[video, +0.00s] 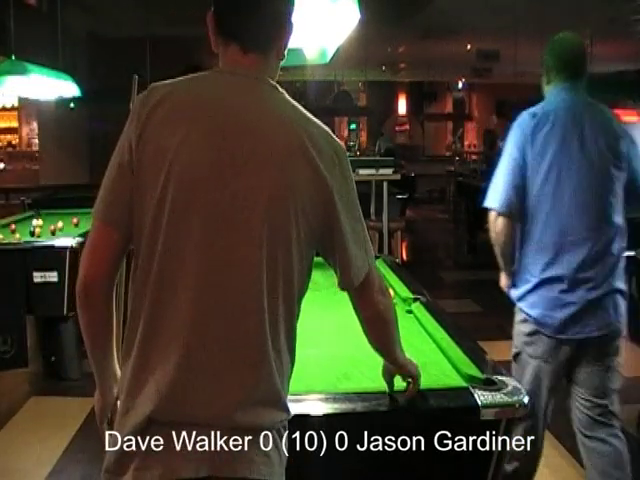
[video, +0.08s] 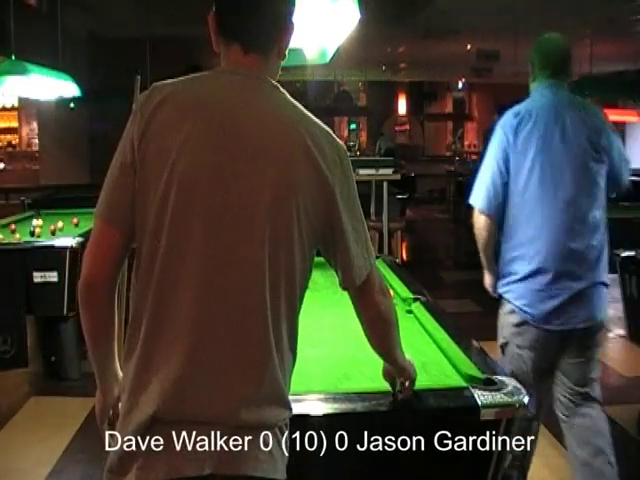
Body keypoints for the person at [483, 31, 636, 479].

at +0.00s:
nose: (542, 78)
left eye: (542, 71)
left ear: (545, 72)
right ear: (585, 70)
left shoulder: (530, 124)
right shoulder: (618, 130)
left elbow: (499, 214)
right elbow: (631, 207)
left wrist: (506, 270)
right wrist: (609, 258)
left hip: (543, 298)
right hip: (605, 298)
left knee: (525, 419)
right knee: (599, 419)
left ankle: (512, 477)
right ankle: (618, 479)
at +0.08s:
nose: (535, 75)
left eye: (531, 68)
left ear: (531, 70)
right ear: (571, 69)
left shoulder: (513, 122)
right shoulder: (596, 120)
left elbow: (482, 210)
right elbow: (620, 184)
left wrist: (488, 269)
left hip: (528, 286)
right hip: (587, 286)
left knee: (519, 407)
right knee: (580, 401)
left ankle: (510, 475)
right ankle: (602, 476)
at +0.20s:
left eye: (517, 64)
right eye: (555, 64)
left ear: (517, 66)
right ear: (556, 66)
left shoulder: (497, 114)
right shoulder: (577, 111)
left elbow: (467, 198)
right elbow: (601, 155)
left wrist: (469, 257)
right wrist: (570, 104)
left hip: (513, 266)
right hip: (569, 267)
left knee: (507, 383)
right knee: (556, 373)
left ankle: (507, 471)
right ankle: (573, 466)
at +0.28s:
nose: (558, 76)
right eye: (557, 68)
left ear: (513, 66)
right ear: (552, 68)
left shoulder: (491, 109)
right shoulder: (568, 105)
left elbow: (461, 190)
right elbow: (588, 145)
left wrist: (460, 242)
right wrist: (564, 95)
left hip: (506, 263)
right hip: (560, 264)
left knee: (506, 373)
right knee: (544, 369)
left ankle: (508, 469)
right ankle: (546, 468)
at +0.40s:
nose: (551, 77)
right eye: (549, 71)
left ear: (505, 70)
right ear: (542, 73)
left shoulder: (482, 113)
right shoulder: (556, 108)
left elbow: (453, 190)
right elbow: (575, 129)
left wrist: (452, 232)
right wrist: (556, 88)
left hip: (495, 255)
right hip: (547, 256)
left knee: (503, 362)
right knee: (530, 361)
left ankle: (501, 455)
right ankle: (513, 448)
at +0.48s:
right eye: (541, 78)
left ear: (498, 80)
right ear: (535, 81)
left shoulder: (477, 119)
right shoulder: (549, 116)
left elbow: (448, 195)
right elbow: (571, 127)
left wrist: (448, 234)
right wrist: (546, 86)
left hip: (490, 256)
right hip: (540, 255)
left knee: (500, 363)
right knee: (520, 357)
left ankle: (502, 451)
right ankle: (500, 434)